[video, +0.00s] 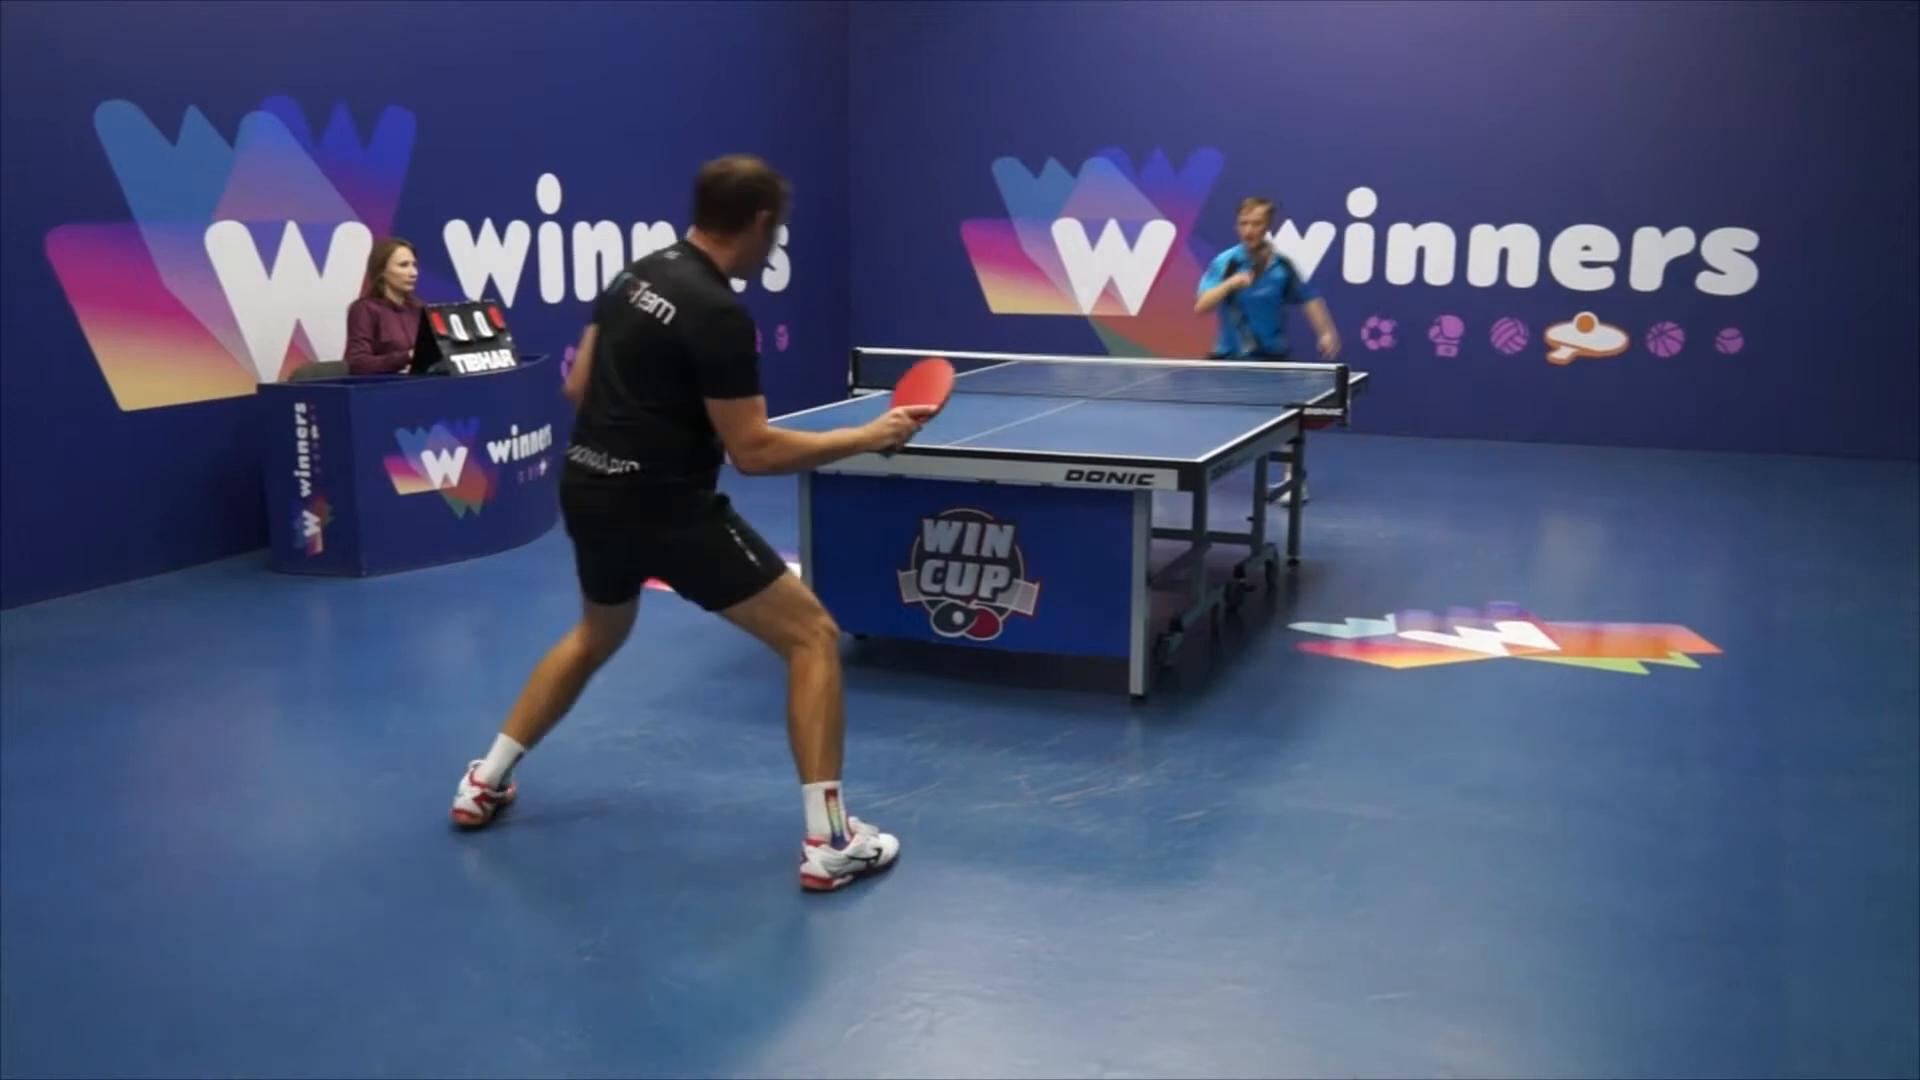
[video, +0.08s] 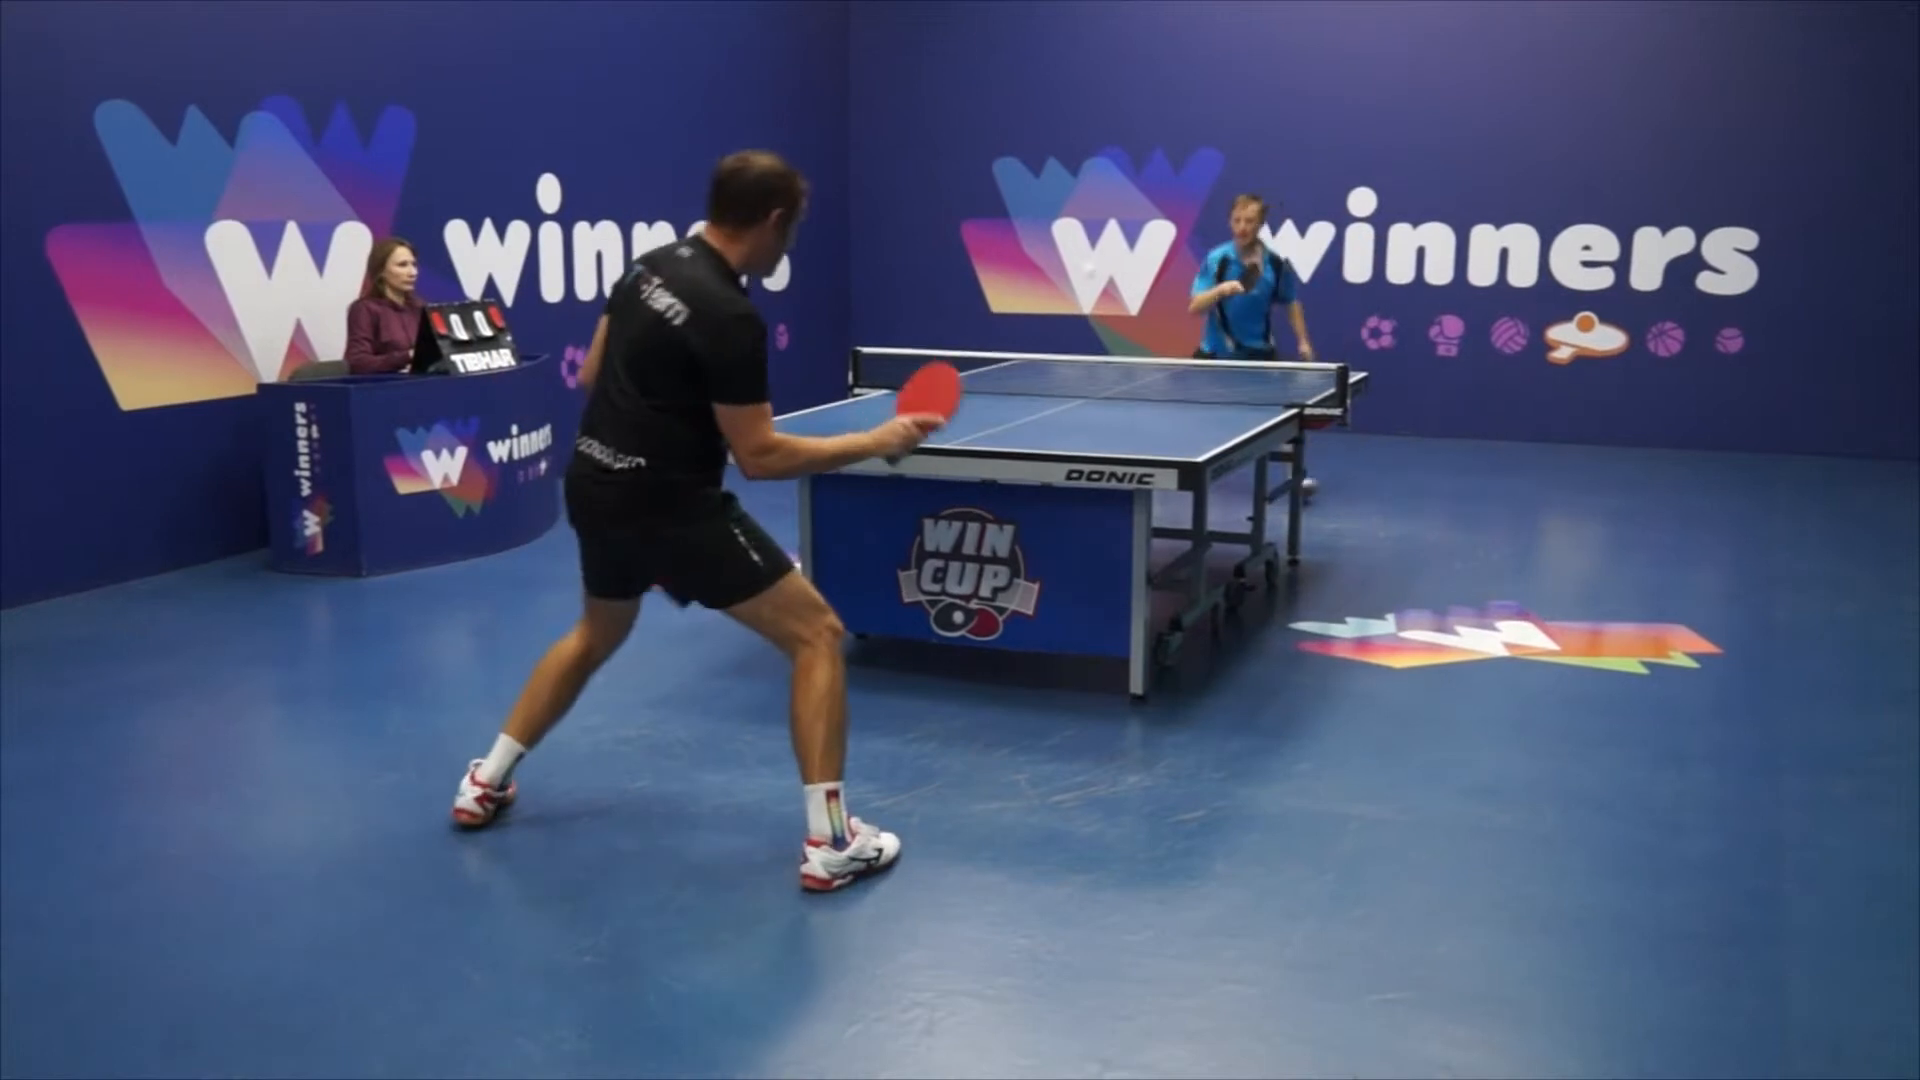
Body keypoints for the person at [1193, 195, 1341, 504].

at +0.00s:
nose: (1250, 231)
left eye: (1257, 224)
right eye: (1245, 224)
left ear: (1268, 228)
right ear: (1237, 226)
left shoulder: (1281, 266)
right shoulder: (1226, 262)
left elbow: (1308, 299)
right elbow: (1201, 304)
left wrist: (1326, 331)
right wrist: (1231, 283)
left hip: (1273, 357)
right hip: (1231, 357)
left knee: (1284, 418)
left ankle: (1293, 478)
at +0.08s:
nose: (1242, 228)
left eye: (1249, 222)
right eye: (1238, 220)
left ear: (1261, 225)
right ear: (1231, 222)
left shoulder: (1276, 264)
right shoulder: (1217, 259)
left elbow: (1292, 304)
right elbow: (1195, 306)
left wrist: (1303, 341)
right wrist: (1221, 290)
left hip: (1260, 353)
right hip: (1217, 352)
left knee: (1286, 408)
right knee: (1203, 411)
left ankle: (1296, 474)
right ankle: (1195, 471)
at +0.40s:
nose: (1270, 206)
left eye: (1277, 200)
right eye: (1265, 199)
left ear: (1289, 205)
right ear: (1257, 202)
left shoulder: (1301, 249)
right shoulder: (1244, 239)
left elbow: (1326, 290)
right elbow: (1223, 277)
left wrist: (1350, 329)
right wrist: (1217, 288)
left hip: (1281, 345)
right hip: (1239, 343)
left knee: (1309, 402)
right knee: (1211, 399)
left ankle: (1316, 469)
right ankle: (1198, 466)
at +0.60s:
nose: (1288, 192)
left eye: (1295, 186)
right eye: (1283, 185)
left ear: (1305, 190)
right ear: (1273, 188)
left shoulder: (1319, 232)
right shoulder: (1255, 229)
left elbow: (1325, 275)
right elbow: (1245, 268)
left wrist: (1314, 304)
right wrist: (1236, 283)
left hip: (1300, 329)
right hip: (1258, 329)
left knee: (1314, 397)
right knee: (1245, 393)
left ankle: (1317, 467)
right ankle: (1225, 462)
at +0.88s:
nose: (1271, 197)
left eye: (1278, 191)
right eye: (1267, 191)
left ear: (1288, 192)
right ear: (1258, 191)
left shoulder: (1305, 229)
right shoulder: (1250, 232)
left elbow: (1321, 275)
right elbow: (1240, 281)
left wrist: (1286, 302)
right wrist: (1225, 292)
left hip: (1305, 330)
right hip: (1264, 331)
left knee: (1330, 401)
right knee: (1237, 391)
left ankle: (1357, 467)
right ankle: (1215, 463)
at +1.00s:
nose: (1241, 217)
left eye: (1248, 210)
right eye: (1236, 210)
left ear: (1262, 210)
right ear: (1231, 213)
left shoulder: (1276, 241)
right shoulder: (1242, 249)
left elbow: (1277, 290)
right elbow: (1249, 296)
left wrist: (1230, 314)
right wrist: (1222, 328)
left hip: (1298, 341)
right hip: (1260, 339)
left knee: (1330, 408)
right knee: (1224, 394)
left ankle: (1366, 468)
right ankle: (1205, 465)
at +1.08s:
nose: (1208, 216)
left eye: (1214, 209)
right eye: (1204, 210)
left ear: (1231, 209)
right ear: (1200, 212)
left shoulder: (1241, 237)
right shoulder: (1223, 241)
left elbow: (1240, 282)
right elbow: (1238, 285)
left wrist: (1202, 319)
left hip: (1280, 342)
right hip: (1246, 340)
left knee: (1318, 404)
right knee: (1204, 391)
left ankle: (1363, 462)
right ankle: (1193, 461)